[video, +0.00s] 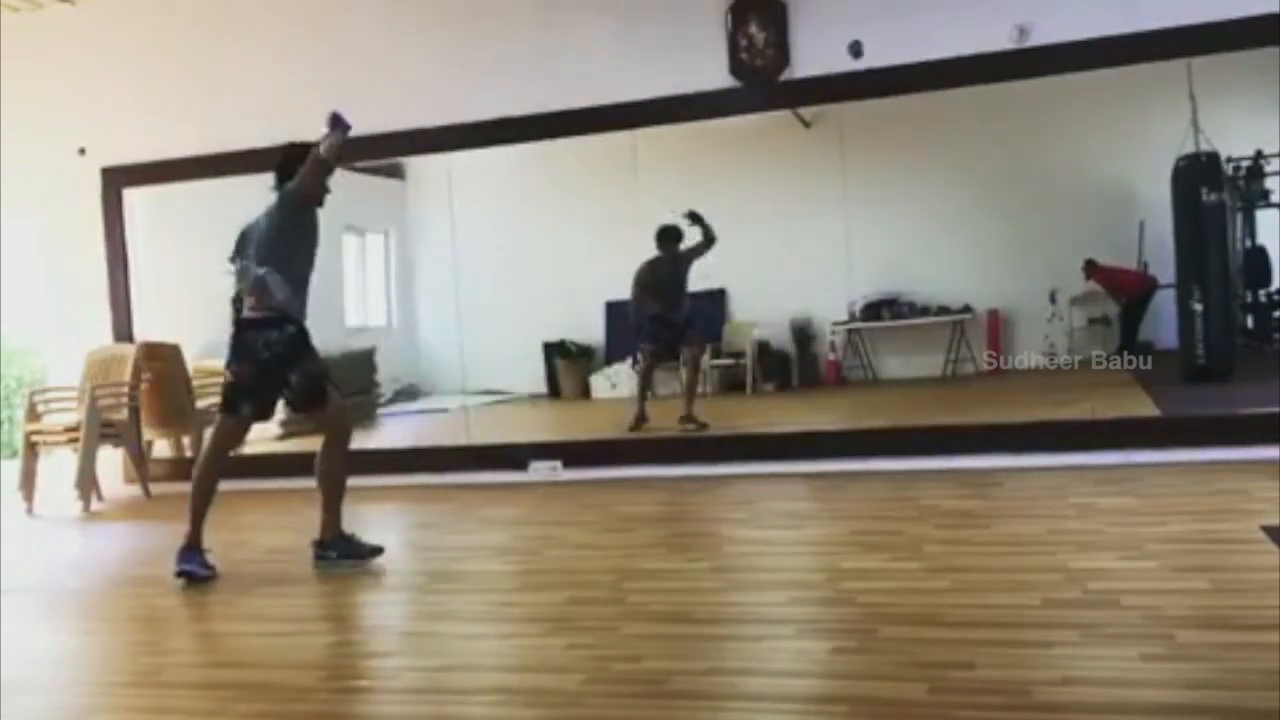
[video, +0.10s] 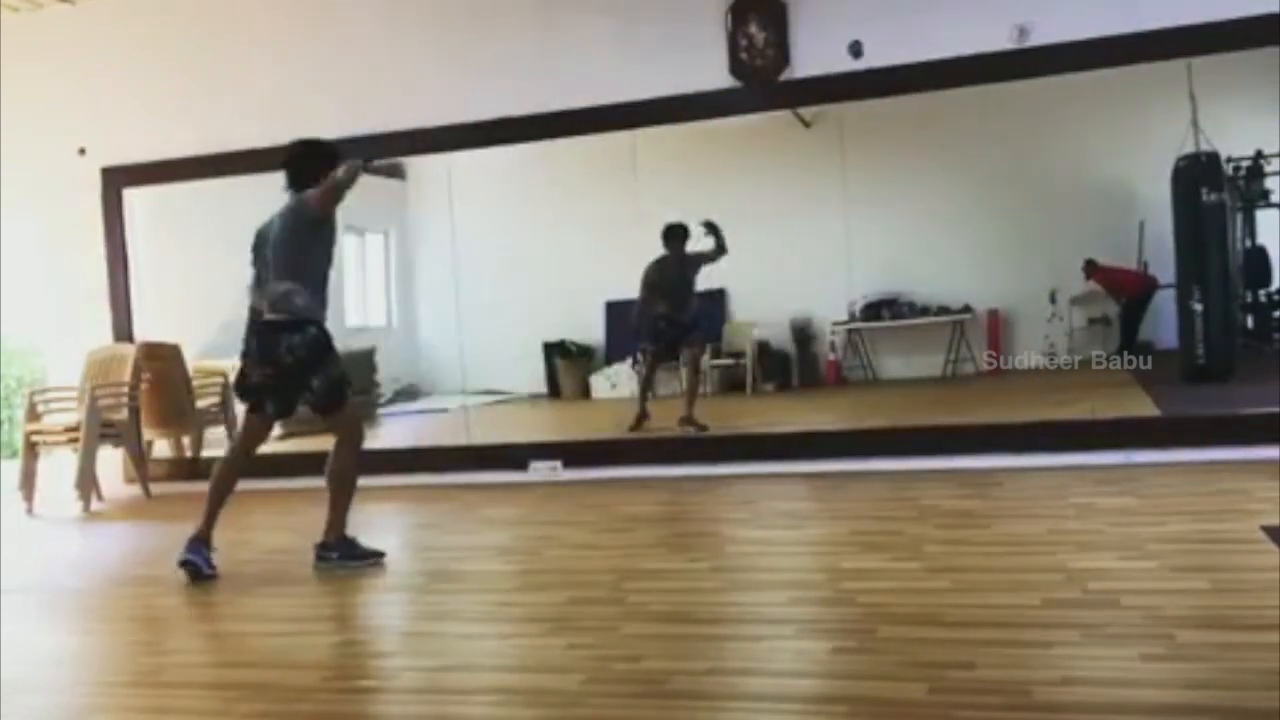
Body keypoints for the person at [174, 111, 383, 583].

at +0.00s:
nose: (326, 188)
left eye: (326, 179)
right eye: (322, 178)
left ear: (282, 177)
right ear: (303, 177)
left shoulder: (252, 229)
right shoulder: (296, 209)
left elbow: (243, 286)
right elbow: (318, 162)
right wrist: (337, 134)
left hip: (247, 339)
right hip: (282, 337)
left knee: (223, 439)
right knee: (337, 423)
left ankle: (191, 546)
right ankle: (331, 536)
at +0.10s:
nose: (336, 185)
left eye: (335, 176)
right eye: (333, 178)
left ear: (289, 178)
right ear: (323, 177)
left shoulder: (266, 229)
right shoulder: (313, 206)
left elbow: (257, 296)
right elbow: (341, 179)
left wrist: (249, 356)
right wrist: (359, 167)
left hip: (262, 340)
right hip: (304, 339)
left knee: (248, 438)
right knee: (349, 430)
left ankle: (200, 541)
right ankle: (335, 539)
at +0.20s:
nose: (346, 181)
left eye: (346, 172)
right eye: (343, 171)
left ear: (300, 175)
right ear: (329, 173)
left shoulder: (276, 225)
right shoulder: (318, 205)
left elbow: (268, 294)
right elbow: (334, 214)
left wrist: (261, 356)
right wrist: (378, 180)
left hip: (278, 337)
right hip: (314, 336)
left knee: (279, 435)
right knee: (351, 432)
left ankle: (215, 535)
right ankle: (335, 539)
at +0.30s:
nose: (362, 173)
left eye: (361, 163)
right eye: (357, 164)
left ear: (318, 168)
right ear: (342, 168)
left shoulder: (298, 216)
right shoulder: (331, 209)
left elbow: (292, 282)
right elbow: (350, 254)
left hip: (305, 332)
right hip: (328, 329)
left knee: (334, 432)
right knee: (348, 434)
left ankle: (272, 511)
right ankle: (333, 541)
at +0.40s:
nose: (374, 172)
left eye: (373, 162)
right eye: (369, 163)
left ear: (333, 167)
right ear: (353, 166)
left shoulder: (314, 214)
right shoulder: (341, 214)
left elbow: (320, 279)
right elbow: (347, 277)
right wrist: (399, 275)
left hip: (320, 329)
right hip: (336, 331)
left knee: (370, 422)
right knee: (351, 428)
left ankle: (313, 510)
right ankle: (331, 539)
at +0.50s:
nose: (401, 168)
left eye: (398, 159)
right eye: (394, 160)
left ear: (358, 170)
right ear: (379, 168)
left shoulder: (343, 219)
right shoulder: (362, 222)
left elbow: (327, 292)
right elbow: (351, 294)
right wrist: (396, 297)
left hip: (347, 330)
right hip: (354, 332)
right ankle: (332, 539)